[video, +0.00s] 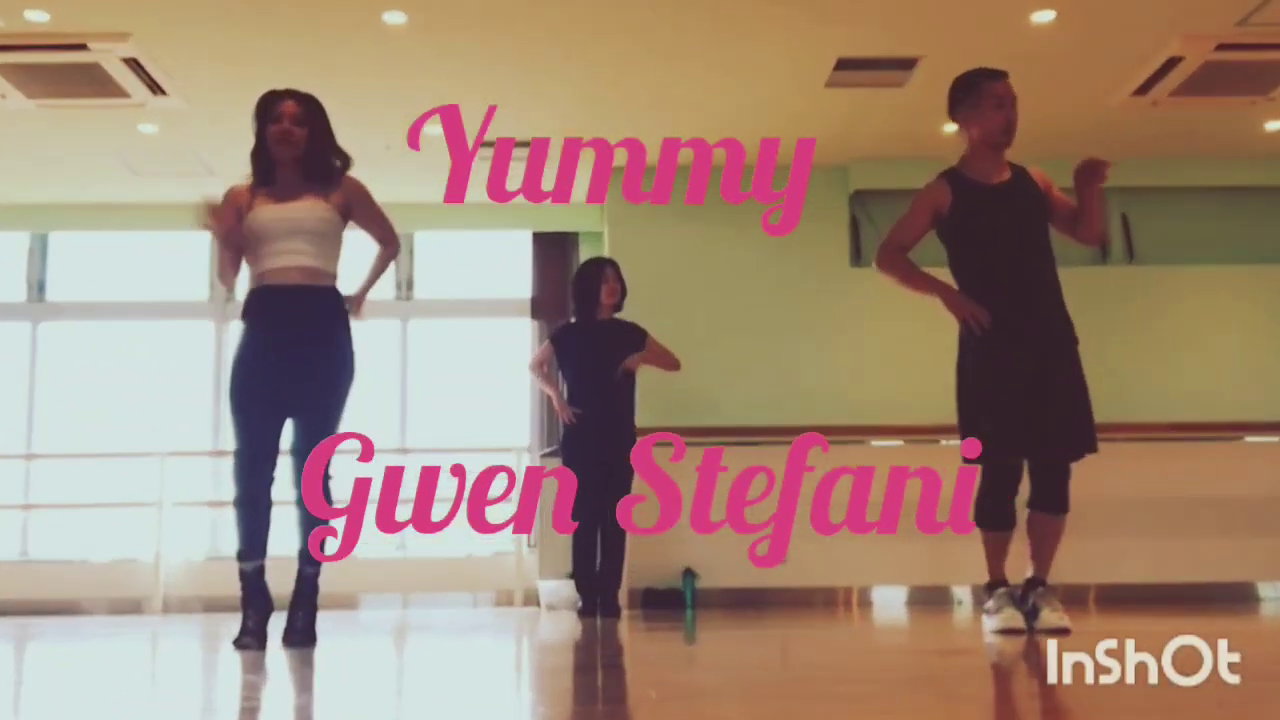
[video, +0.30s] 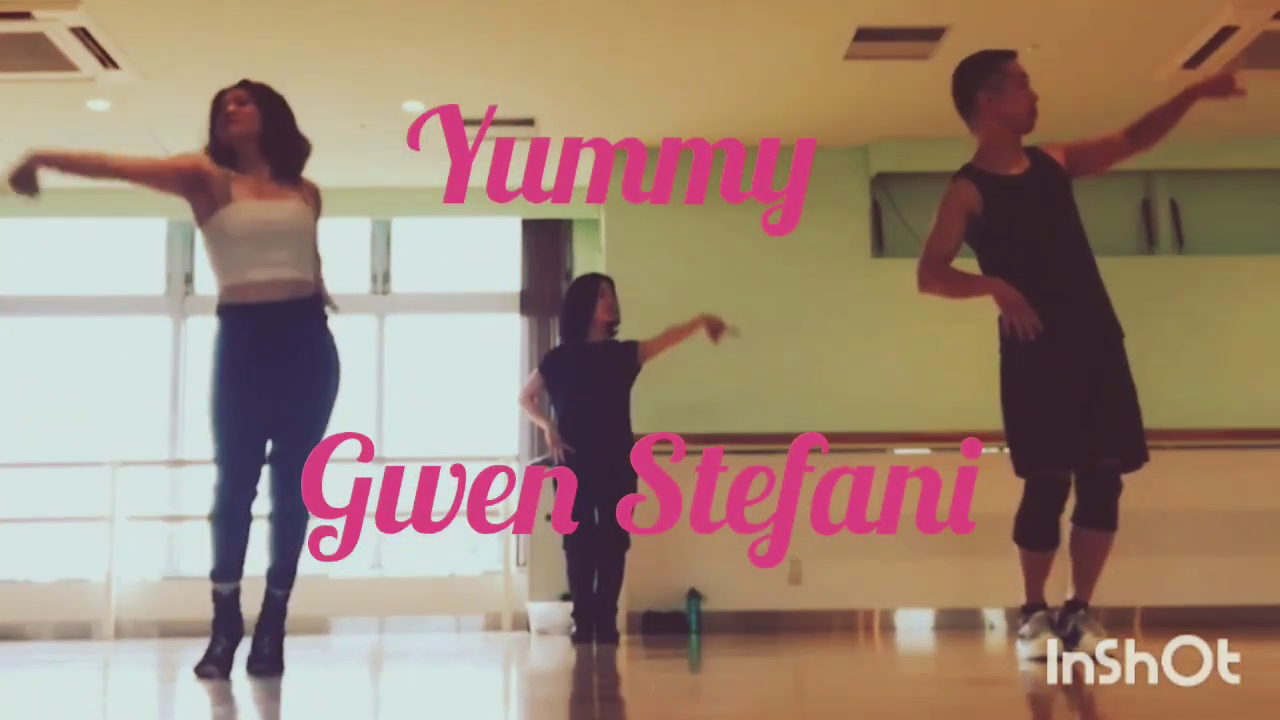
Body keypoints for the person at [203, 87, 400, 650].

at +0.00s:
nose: (287, 129)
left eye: (298, 121)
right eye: (277, 121)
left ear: (316, 133)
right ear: (261, 132)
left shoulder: (341, 189)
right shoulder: (244, 197)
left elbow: (390, 243)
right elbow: (227, 280)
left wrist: (360, 294)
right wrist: (225, 232)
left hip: (323, 326)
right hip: (264, 326)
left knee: (313, 465)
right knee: (252, 468)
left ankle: (307, 594)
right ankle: (253, 595)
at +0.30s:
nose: (233, 110)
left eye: (246, 102)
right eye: (225, 106)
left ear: (273, 119)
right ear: (216, 126)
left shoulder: (306, 191)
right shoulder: (203, 177)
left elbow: (309, 257)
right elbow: (117, 167)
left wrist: (320, 296)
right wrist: (40, 158)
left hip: (308, 343)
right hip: (245, 343)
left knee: (292, 485)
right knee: (237, 483)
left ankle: (275, 619)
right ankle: (226, 617)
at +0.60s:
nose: (242, 143)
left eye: (252, 136)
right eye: (233, 142)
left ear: (279, 150)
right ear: (226, 162)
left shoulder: (313, 219)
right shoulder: (220, 210)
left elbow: (315, 286)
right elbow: (144, 155)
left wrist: (327, 322)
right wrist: (67, 111)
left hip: (321, 362)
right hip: (261, 364)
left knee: (308, 492)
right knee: (259, 487)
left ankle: (287, 610)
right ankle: (243, 610)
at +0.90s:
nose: (311, 172)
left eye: (320, 164)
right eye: (303, 169)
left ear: (341, 173)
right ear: (296, 183)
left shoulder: (372, 230)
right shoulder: (291, 228)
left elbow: (386, 271)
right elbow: (220, 207)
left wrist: (418, 290)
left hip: (376, 354)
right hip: (327, 356)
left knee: (367, 468)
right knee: (322, 464)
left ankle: (349, 568)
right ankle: (311, 571)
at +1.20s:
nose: (387, 216)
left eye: (394, 210)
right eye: (379, 213)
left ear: (408, 220)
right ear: (371, 226)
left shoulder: (433, 265)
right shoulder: (364, 270)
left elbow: (454, 308)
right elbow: (356, 316)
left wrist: (466, 326)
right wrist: (350, 325)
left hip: (427, 362)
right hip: (386, 364)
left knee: (425, 447)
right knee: (378, 451)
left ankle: (455, 525)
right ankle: (355, 537)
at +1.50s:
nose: (419, 194)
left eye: (425, 187)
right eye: (411, 190)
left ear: (440, 189)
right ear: (405, 196)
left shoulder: (461, 218)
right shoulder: (410, 228)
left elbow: (460, 175)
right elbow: (366, 195)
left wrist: (433, 155)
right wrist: (362, 154)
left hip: (471, 320)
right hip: (437, 323)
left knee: (471, 416)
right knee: (426, 417)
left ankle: (486, 496)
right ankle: (435, 493)